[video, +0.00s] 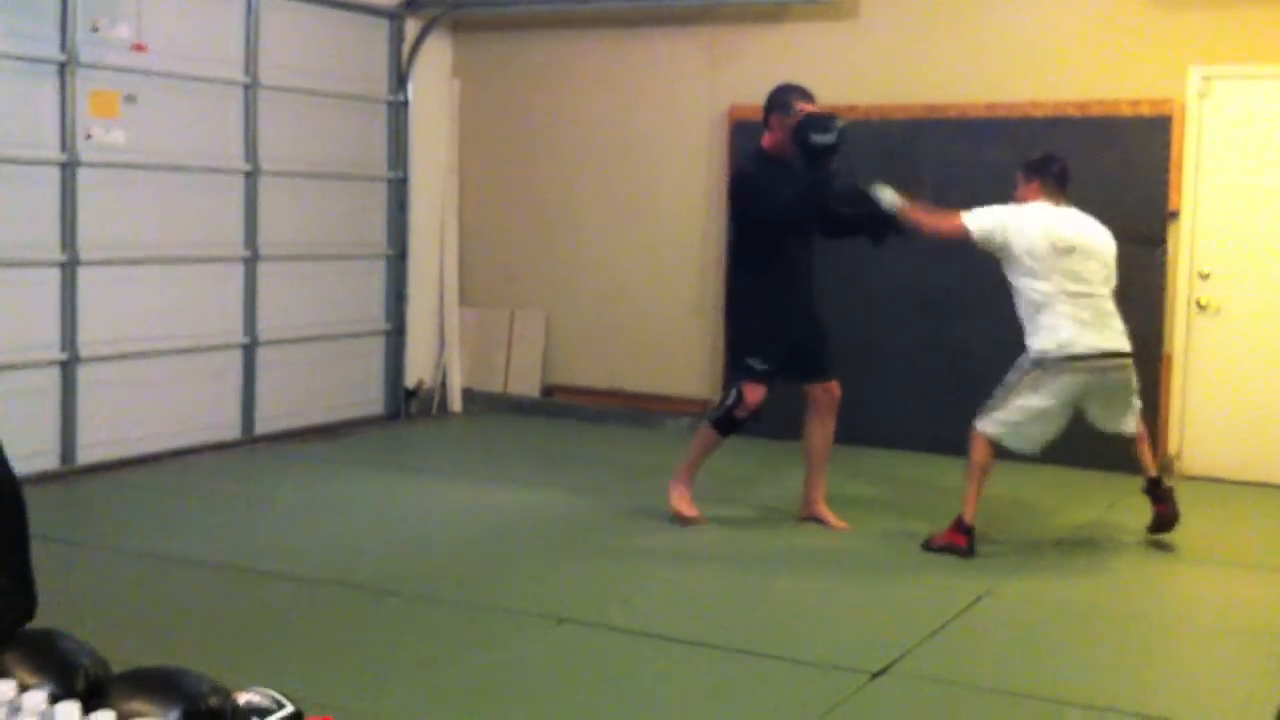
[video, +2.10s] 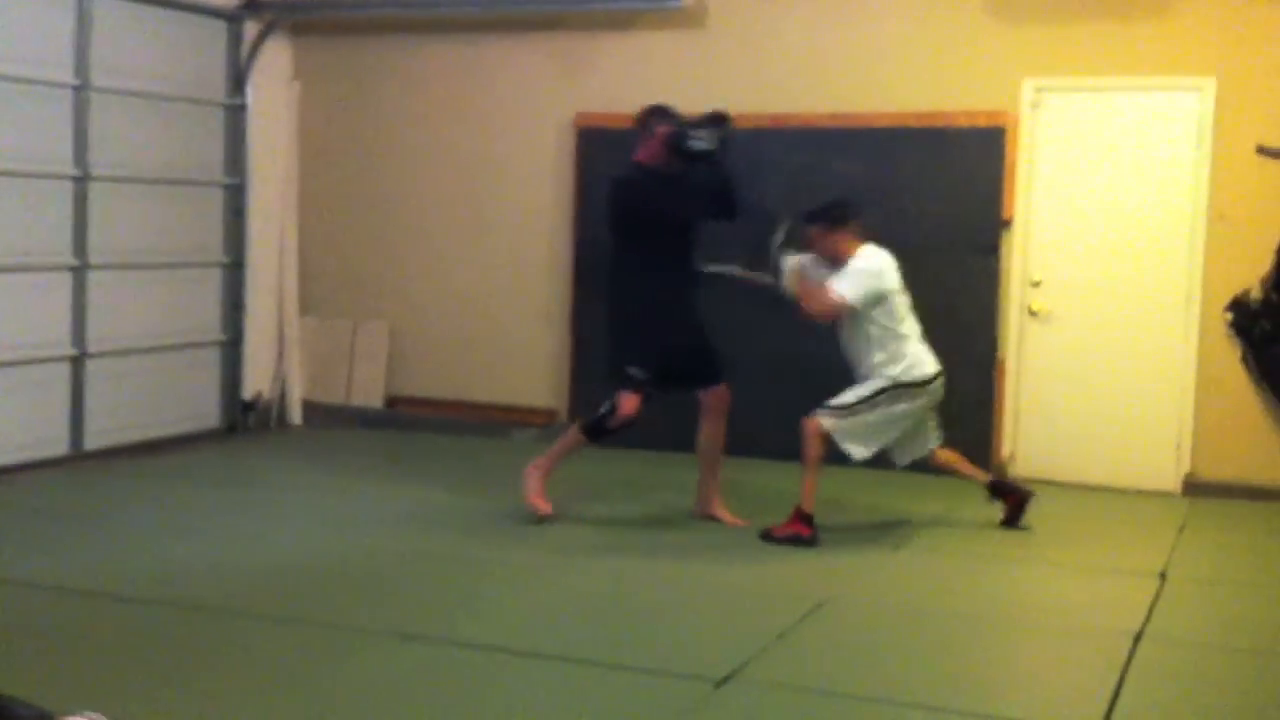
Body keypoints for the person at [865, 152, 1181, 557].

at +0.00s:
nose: (1017, 193)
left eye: (1020, 186)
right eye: (1019, 186)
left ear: (1033, 185)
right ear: (1062, 187)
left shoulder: (1012, 219)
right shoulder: (1101, 232)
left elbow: (942, 226)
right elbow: (1102, 291)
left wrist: (900, 206)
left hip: (1055, 355)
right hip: (1114, 356)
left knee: (985, 429)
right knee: (1132, 418)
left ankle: (964, 528)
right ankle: (1159, 490)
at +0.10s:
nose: (1015, 193)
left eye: (1018, 186)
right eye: (1017, 185)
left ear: (1032, 186)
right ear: (1061, 189)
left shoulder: (1018, 227)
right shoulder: (1099, 232)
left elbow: (981, 278)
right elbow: (1106, 293)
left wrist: (945, 262)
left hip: (1044, 356)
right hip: (1101, 358)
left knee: (979, 436)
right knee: (1125, 429)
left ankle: (961, 530)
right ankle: (1150, 512)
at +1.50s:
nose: (1000, 184)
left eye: (1005, 176)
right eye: (1001, 176)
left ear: (1026, 176)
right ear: (1041, 176)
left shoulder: (1021, 221)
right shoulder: (1071, 215)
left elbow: (1006, 286)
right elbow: (1048, 268)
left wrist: (980, 250)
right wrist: (1005, 222)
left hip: (1039, 341)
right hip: (1082, 337)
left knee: (971, 417)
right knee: (1092, 431)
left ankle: (964, 512)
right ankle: (1115, 513)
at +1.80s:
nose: (936, 197)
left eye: (941, 189)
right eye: (937, 189)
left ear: (962, 189)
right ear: (975, 190)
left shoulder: (957, 225)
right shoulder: (997, 228)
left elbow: (930, 271)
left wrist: (910, 245)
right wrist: (927, 246)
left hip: (965, 343)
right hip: (1012, 342)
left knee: (895, 412)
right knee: (1035, 429)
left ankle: (897, 499)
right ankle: (1057, 505)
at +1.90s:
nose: (911, 215)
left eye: (912, 209)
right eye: (911, 209)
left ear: (922, 206)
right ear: (949, 205)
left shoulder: (923, 233)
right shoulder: (976, 241)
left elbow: (875, 242)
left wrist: (850, 220)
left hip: (945, 362)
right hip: (995, 361)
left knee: (865, 421)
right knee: (1023, 433)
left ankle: (852, 506)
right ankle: (1048, 508)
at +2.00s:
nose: (855, 235)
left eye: (856, 227)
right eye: (853, 229)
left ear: (872, 220)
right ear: (889, 219)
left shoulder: (882, 249)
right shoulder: (919, 255)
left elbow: (811, 253)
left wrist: (789, 203)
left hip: (922, 380)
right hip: (953, 374)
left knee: (836, 429)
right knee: (964, 446)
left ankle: (817, 520)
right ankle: (1028, 499)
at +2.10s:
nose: (816, 251)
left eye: (818, 241)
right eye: (814, 244)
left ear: (838, 234)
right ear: (843, 233)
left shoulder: (870, 263)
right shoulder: (864, 261)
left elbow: (823, 307)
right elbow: (827, 294)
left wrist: (796, 276)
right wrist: (803, 273)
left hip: (907, 378)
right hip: (914, 376)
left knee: (815, 426)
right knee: (927, 453)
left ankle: (803, 520)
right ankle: (1005, 490)